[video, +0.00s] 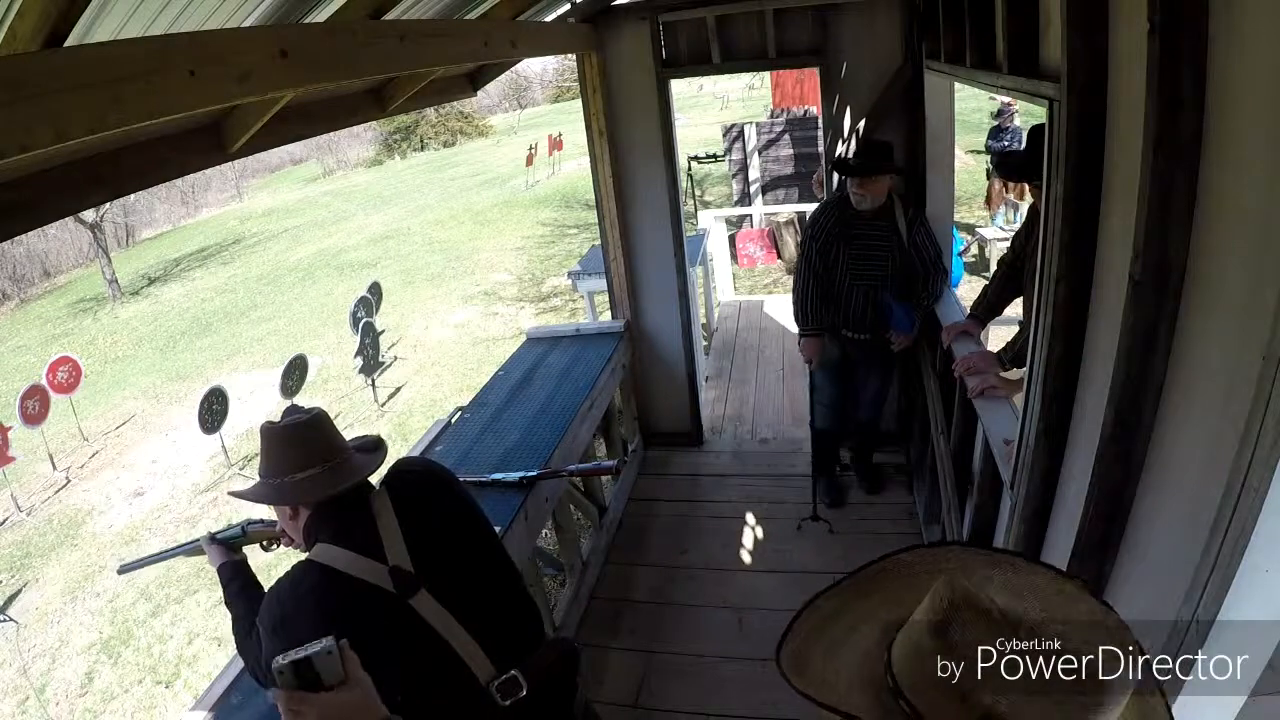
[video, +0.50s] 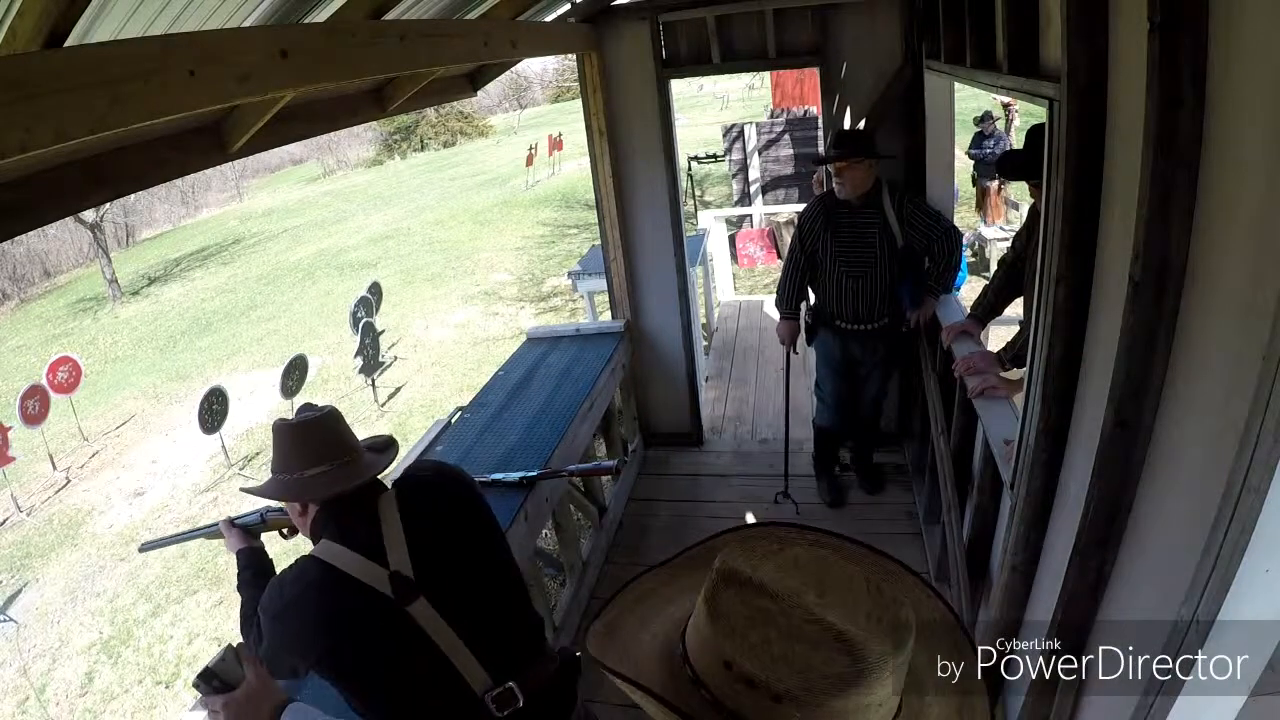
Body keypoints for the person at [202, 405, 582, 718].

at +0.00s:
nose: (278, 516)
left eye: (275, 507)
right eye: (272, 508)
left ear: (295, 512)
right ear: (356, 471)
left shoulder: (295, 605)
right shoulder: (427, 480)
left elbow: (268, 668)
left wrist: (228, 568)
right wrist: (313, 538)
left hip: (446, 719)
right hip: (544, 678)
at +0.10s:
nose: (275, 515)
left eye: (273, 505)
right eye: (270, 507)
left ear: (293, 510)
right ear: (354, 470)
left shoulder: (293, 603)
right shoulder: (425, 480)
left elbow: (264, 667)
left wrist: (228, 569)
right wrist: (311, 538)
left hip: (437, 719)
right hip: (543, 679)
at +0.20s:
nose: (274, 515)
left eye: (272, 505)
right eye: (269, 506)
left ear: (293, 510)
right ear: (353, 472)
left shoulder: (292, 604)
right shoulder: (423, 480)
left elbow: (259, 664)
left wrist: (227, 570)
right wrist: (310, 539)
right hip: (540, 676)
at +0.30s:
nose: (278, 512)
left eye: (276, 502)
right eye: (274, 503)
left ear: (297, 506)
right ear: (358, 468)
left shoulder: (294, 601)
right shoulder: (430, 481)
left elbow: (266, 659)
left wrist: (232, 562)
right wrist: (314, 532)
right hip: (543, 680)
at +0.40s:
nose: (284, 510)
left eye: (282, 501)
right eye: (280, 502)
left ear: (300, 505)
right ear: (364, 467)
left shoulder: (297, 597)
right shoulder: (436, 483)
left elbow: (271, 657)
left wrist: (240, 559)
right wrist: (320, 530)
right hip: (541, 679)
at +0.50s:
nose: (287, 511)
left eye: (285, 501)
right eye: (283, 502)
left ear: (302, 508)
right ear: (368, 469)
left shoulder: (297, 599)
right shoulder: (444, 483)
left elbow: (273, 656)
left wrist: (246, 554)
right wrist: (327, 524)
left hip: (438, 719)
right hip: (546, 682)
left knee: (290, 701)